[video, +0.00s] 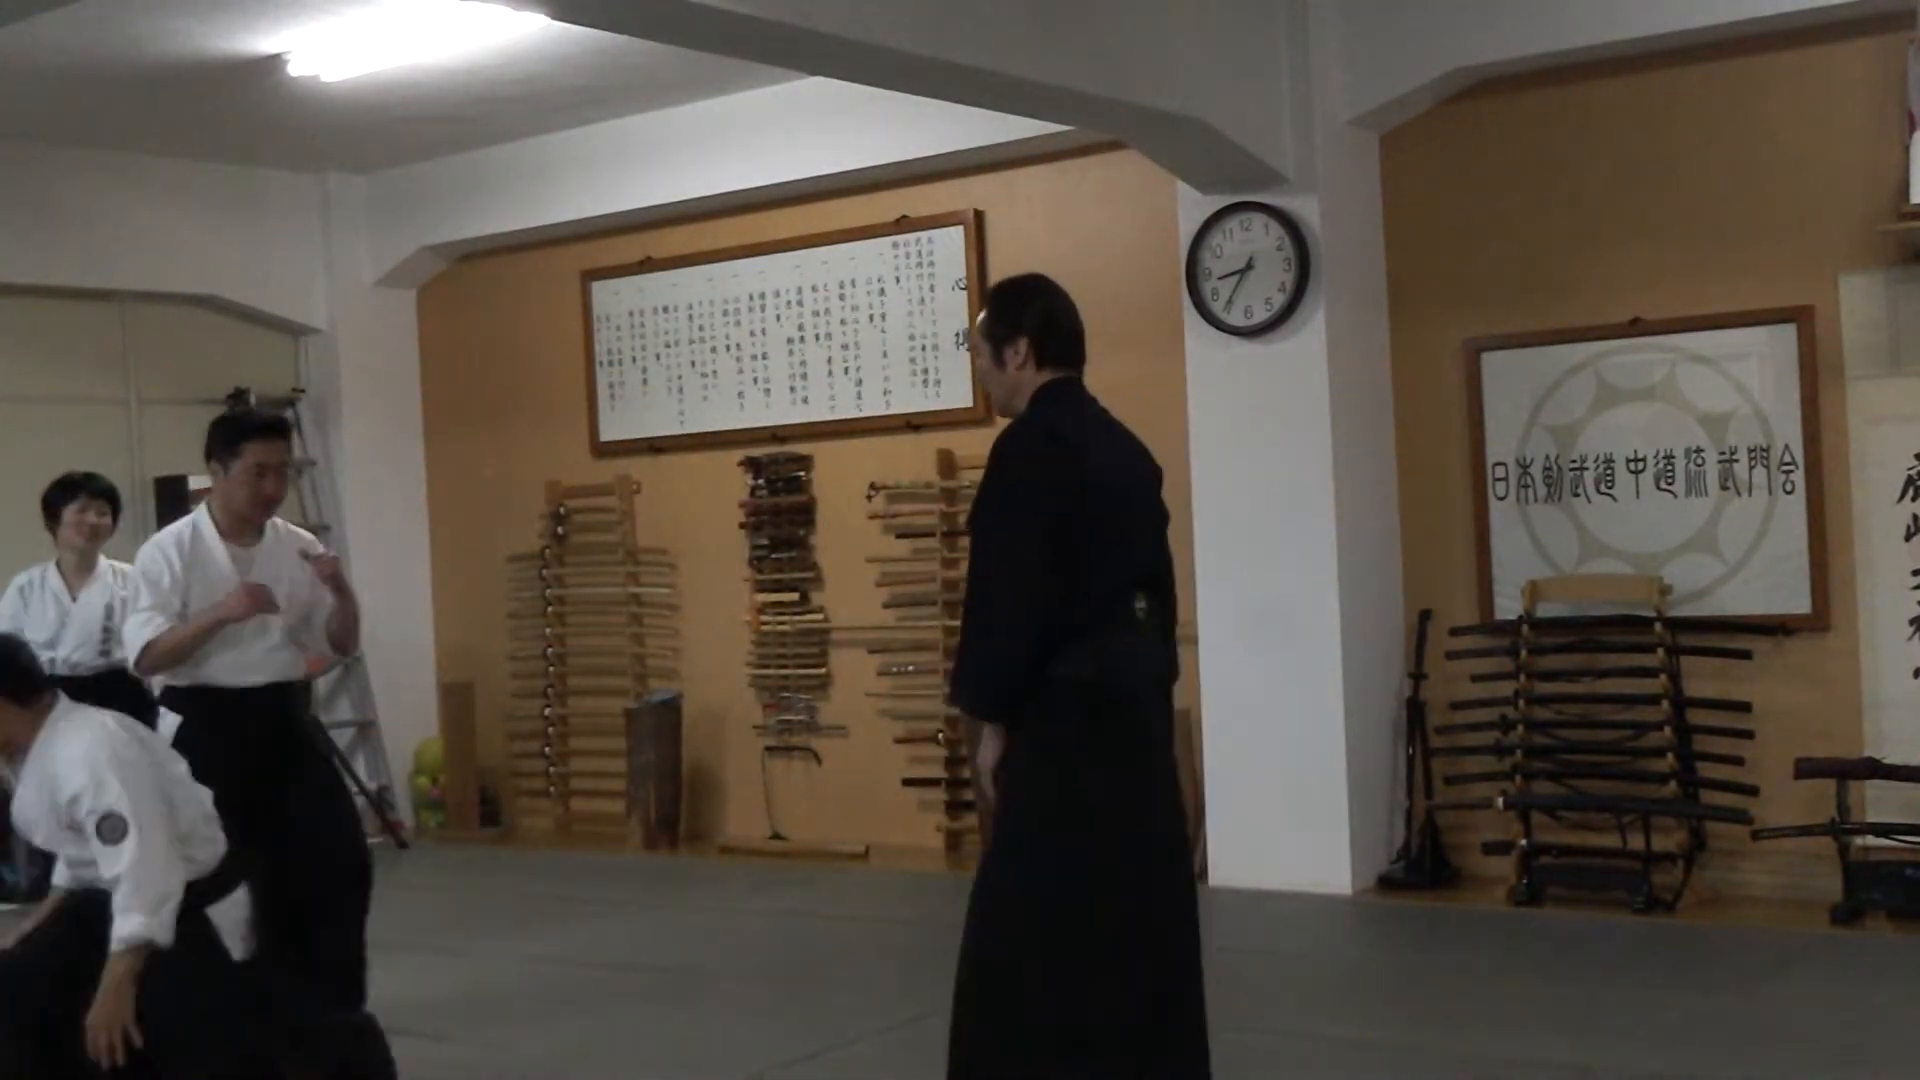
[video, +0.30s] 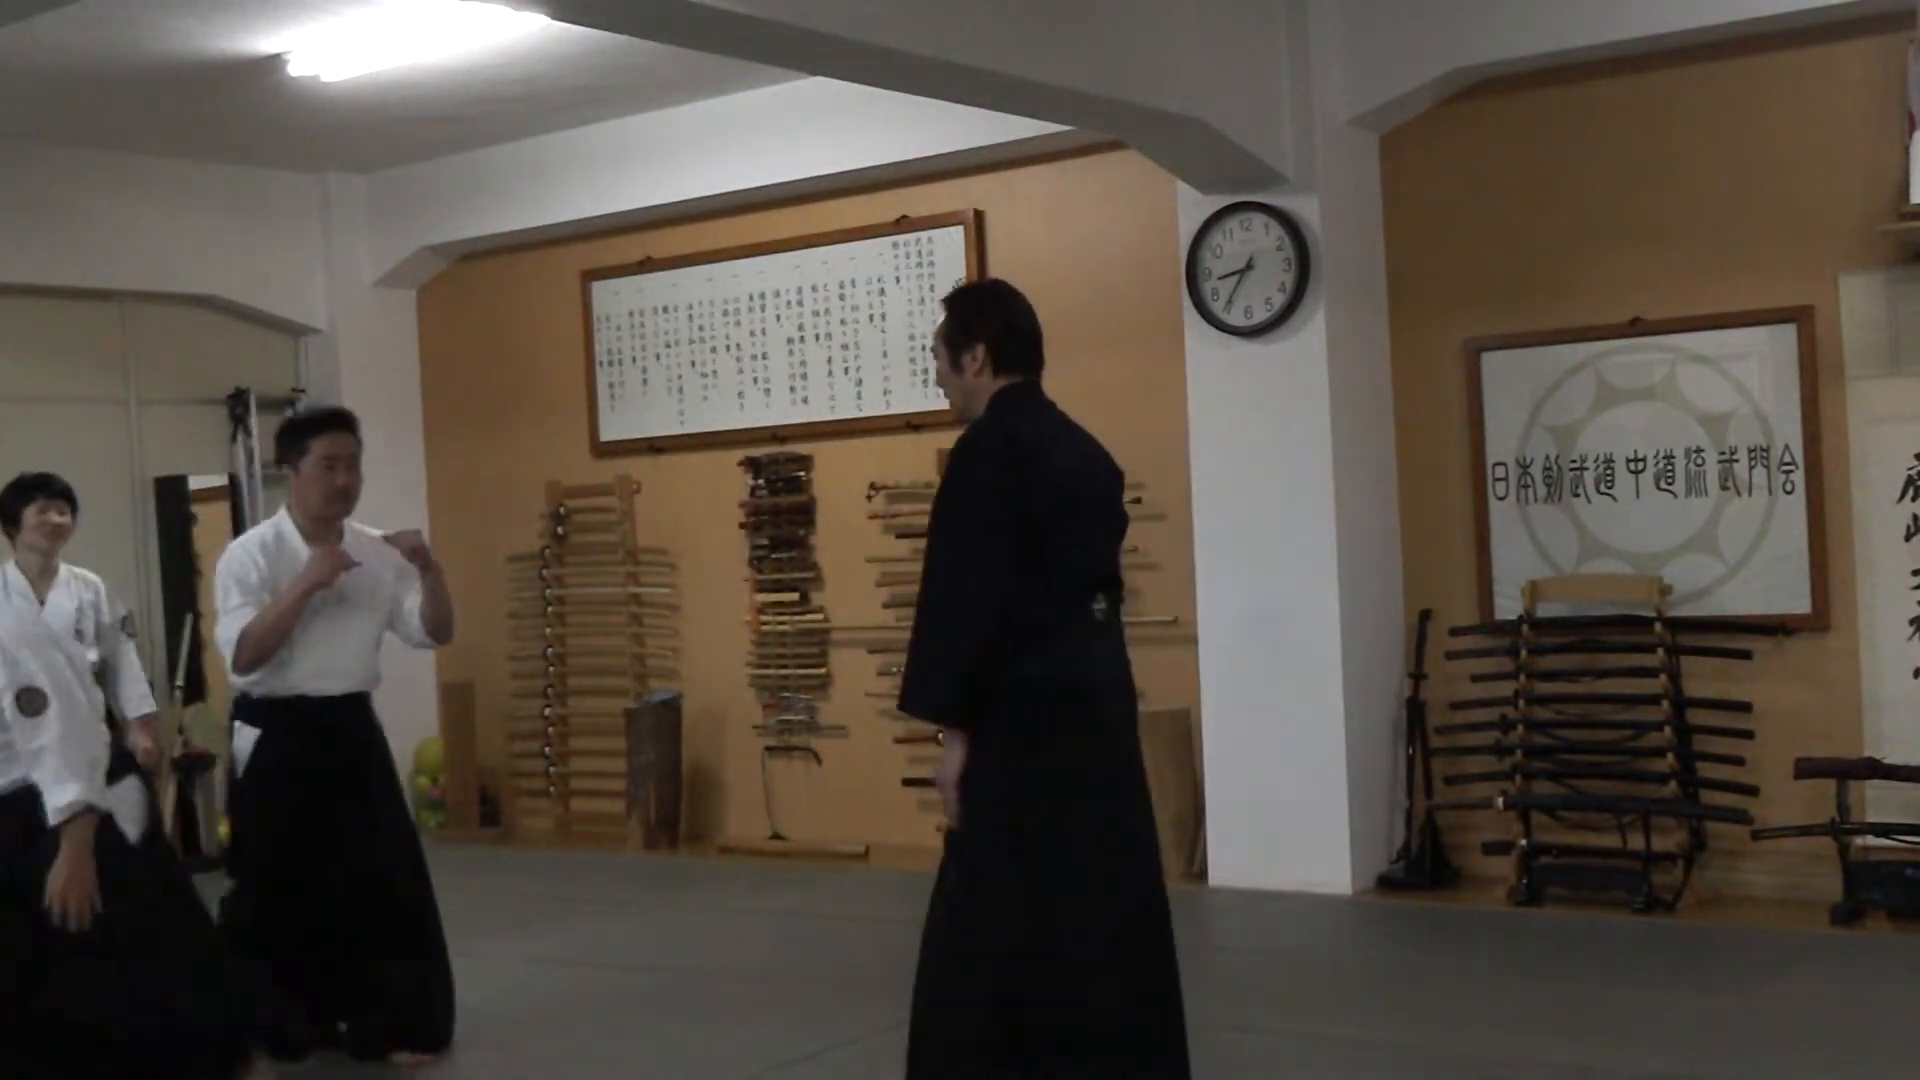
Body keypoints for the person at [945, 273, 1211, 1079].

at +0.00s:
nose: (981, 373)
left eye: (983, 354)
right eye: (979, 355)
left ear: (1020, 352)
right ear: (1059, 352)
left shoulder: (1026, 447)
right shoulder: (1122, 445)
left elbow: (1004, 593)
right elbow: (1153, 597)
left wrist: (992, 722)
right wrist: (1142, 694)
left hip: (1056, 724)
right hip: (1132, 719)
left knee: (1029, 935)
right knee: (1132, 927)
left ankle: (1035, 1069)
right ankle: (1135, 1065)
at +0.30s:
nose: (939, 375)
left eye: (943, 357)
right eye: (938, 358)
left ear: (978, 356)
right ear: (1019, 356)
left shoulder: (985, 450)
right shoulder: (1081, 448)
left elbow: (965, 597)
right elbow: (1092, 601)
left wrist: (958, 734)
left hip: (1018, 727)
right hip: (1096, 720)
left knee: (993, 931)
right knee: (1098, 921)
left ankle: (997, 1068)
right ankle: (1105, 1063)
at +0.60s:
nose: (891, 381)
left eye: (893, 364)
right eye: (890, 364)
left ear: (921, 362)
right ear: (974, 360)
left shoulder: (915, 457)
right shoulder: (1035, 457)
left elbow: (892, 599)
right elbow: (1038, 607)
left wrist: (887, 729)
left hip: (948, 720)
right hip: (1031, 709)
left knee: (948, 920)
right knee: (1041, 907)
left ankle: (951, 1064)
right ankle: (1058, 1061)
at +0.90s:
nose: (866, 377)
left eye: (870, 362)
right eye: (866, 362)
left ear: (897, 363)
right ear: (954, 363)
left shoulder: (881, 462)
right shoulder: (1015, 460)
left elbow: (851, 598)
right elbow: (1023, 598)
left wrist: (848, 729)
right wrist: (1009, 695)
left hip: (923, 718)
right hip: (1008, 712)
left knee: (913, 914)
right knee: (1000, 906)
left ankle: (914, 1064)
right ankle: (1006, 1063)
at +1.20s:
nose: (853, 371)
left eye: (857, 356)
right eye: (855, 357)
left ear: (883, 358)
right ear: (942, 359)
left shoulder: (849, 463)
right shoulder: (1012, 448)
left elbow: (823, 605)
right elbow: (1032, 576)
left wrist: (820, 729)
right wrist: (994, 642)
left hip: (916, 702)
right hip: (1008, 693)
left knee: (906, 896)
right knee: (1004, 891)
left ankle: (909, 1061)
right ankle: (1026, 1063)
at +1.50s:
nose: (902, 386)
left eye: (903, 369)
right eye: (901, 370)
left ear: (928, 367)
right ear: (985, 361)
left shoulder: (911, 469)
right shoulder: (1060, 457)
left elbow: (897, 619)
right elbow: (1087, 596)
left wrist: (904, 746)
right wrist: (1052, 681)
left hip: (975, 716)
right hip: (1070, 709)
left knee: (957, 903)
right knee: (1068, 899)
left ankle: (966, 1065)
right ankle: (1081, 1062)